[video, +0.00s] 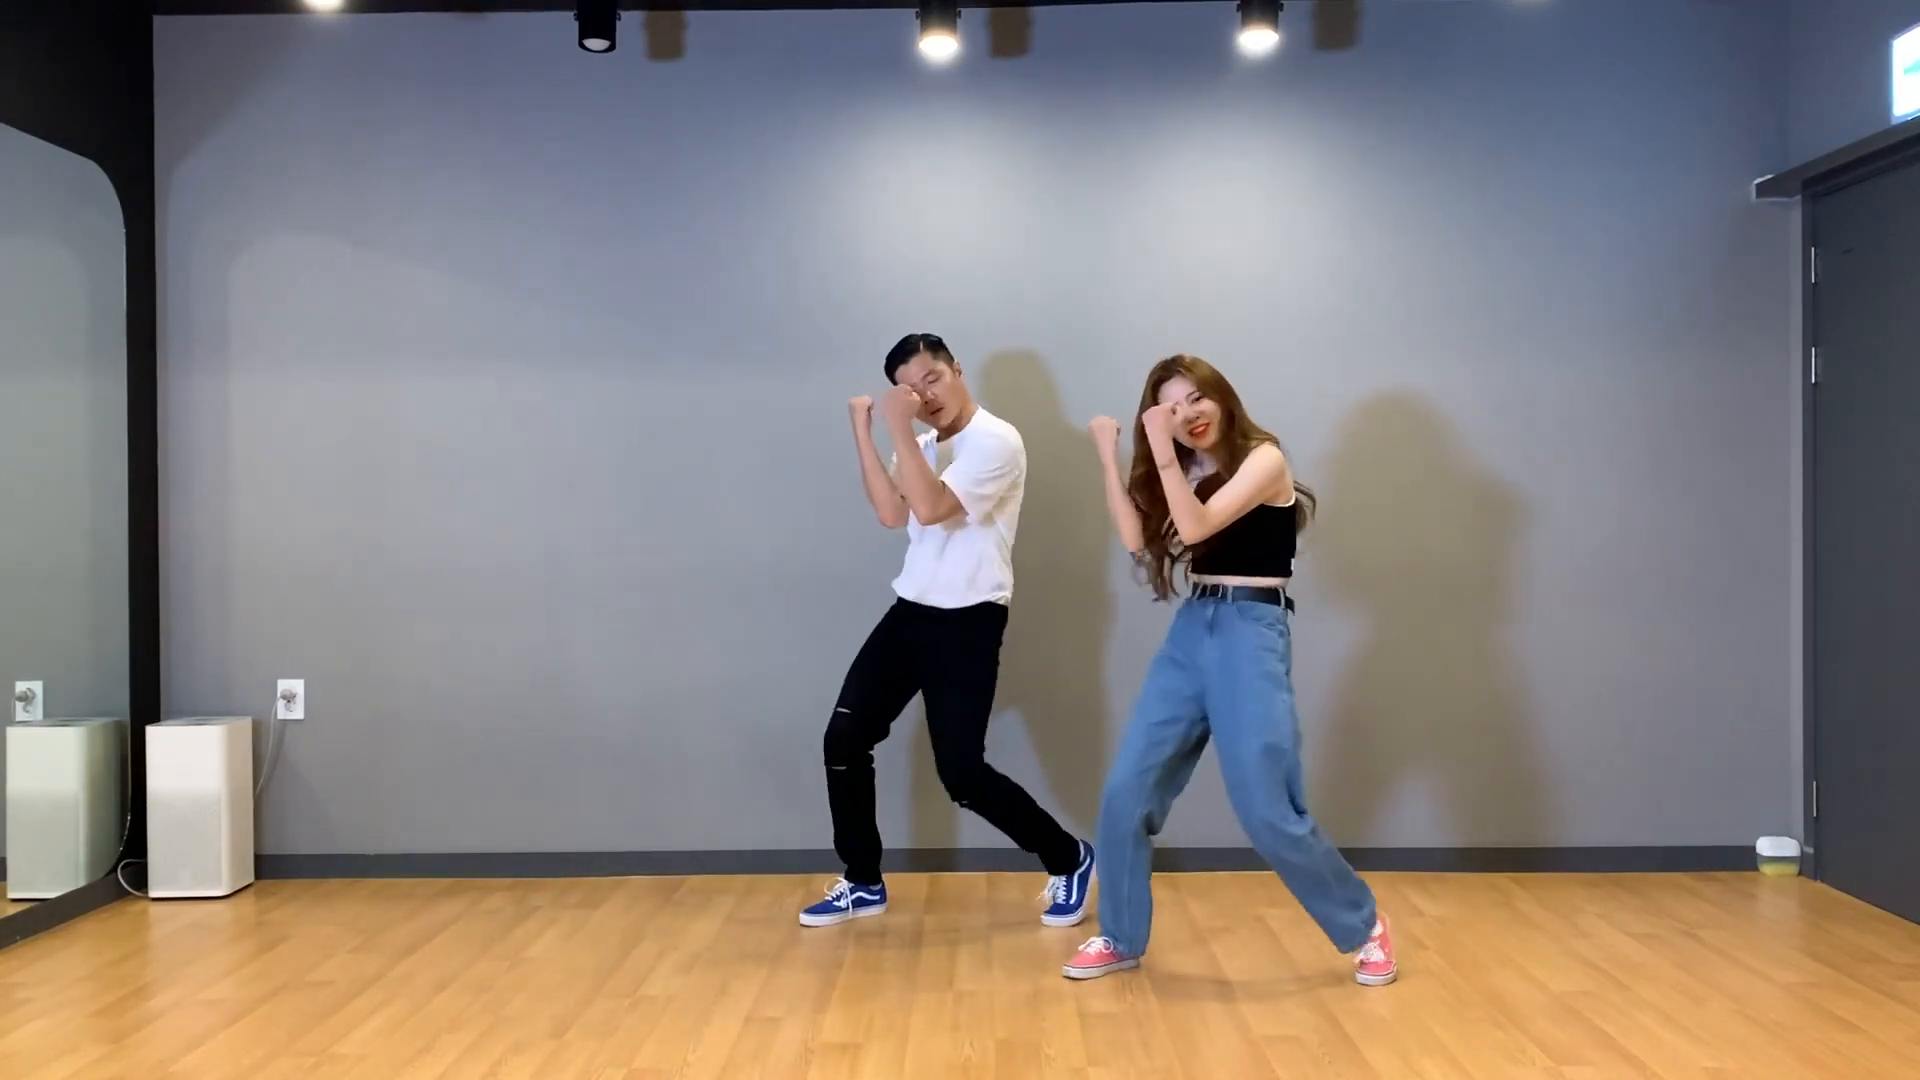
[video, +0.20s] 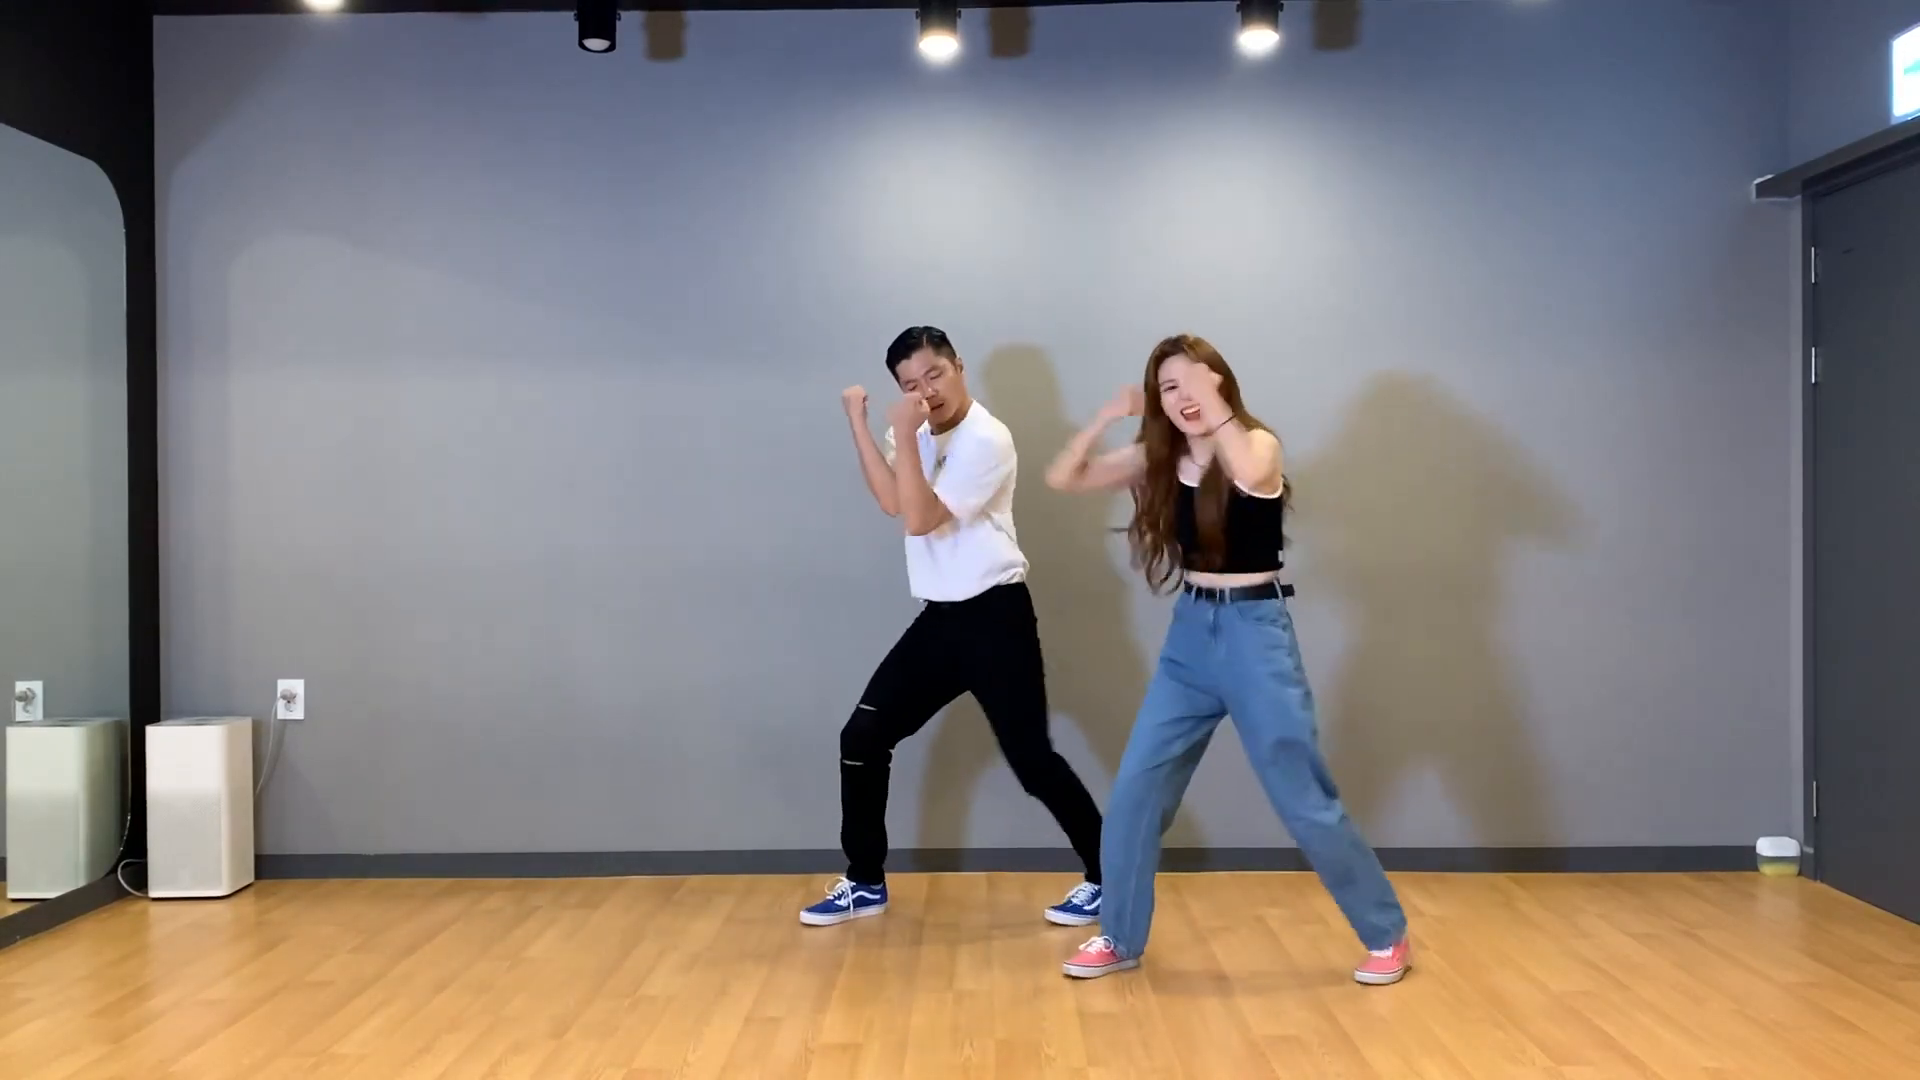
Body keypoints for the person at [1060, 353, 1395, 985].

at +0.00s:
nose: (1191, 415)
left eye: (1198, 398)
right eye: (1175, 410)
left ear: (1223, 398)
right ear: (1164, 422)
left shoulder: (1266, 459)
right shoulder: (1182, 472)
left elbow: (1195, 527)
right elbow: (1135, 537)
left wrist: (1161, 447)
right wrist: (1108, 455)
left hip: (1251, 629)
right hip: (1192, 626)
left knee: (1263, 808)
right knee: (1127, 789)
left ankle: (1364, 924)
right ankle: (1121, 938)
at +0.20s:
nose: (1185, 398)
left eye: (1194, 382)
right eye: (1171, 389)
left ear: (1222, 384)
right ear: (1162, 403)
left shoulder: (1257, 445)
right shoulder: (1163, 456)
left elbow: (1253, 473)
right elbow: (1064, 478)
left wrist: (1221, 422)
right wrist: (1104, 420)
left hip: (1256, 633)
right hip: (1190, 632)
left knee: (1300, 793)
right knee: (1136, 788)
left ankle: (1386, 933)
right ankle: (1119, 938)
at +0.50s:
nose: (1228, 399)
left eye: (1240, 385)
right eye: (1212, 390)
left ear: (1262, 391)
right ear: (1198, 403)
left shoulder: (1290, 434)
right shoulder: (1181, 476)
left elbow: (1318, 530)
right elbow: (1162, 578)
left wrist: (1299, 612)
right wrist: (1127, 678)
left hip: (1263, 642)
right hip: (1185, 632)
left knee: (1312, 800)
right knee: (1098, 765)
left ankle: (1337, 935)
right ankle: (1092, 920)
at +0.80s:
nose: (1213, 396)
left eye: (1223, 383)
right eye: (1197, 386)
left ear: (1239, 388)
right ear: (1176, 396)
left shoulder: (1254, 453)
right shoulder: (1173, 450)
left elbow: (1302, 529)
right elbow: (1144, 547)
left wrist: (1310, 588)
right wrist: (1178, 639)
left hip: (1275, 639)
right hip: (1204, 644)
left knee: (1334, 786)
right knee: (1166, 803)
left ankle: (1341, 935)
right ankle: (1077, 921)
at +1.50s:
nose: (1227, 392)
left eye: (1239, 380)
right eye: (1213, 380)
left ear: (1254, 388)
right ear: (1192, 388)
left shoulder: (1278, 450)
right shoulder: (1163, 451)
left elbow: (1318, 527)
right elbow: (1116, 532)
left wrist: (1350, 609)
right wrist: (1081, 615)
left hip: (1256, 624)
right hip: (1175, 621)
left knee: (1310, 772)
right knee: (1132, 764)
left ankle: (1353, 917)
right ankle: (1108, 921)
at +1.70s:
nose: (1266, 429)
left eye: (1277, 418)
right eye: (1251, 419)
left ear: (1293, 424)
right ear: (1230, 428)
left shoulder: (1314, 491)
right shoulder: (1204, 489)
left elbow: (1350, 555)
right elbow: (1137, 562)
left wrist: (1408, 611)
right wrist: (1060, 612)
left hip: (1268, 662)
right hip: (1188, 656)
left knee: (1332, 799)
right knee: (1108, 765)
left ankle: (1343, 933)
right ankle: (1083, 912)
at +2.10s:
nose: (1278, 395)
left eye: (1284, 382)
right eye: (1261, 389)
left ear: (1301, 387)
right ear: (1243, 408)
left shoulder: (1344, 453)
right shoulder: (1231, 476)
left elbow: (1392, 523)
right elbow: (1162, 548)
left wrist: (1456, 576)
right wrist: (1084, 595)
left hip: (1327, 621)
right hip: (1250, 620)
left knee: (1349, 783)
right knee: (1228, 772)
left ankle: (1345, 928)